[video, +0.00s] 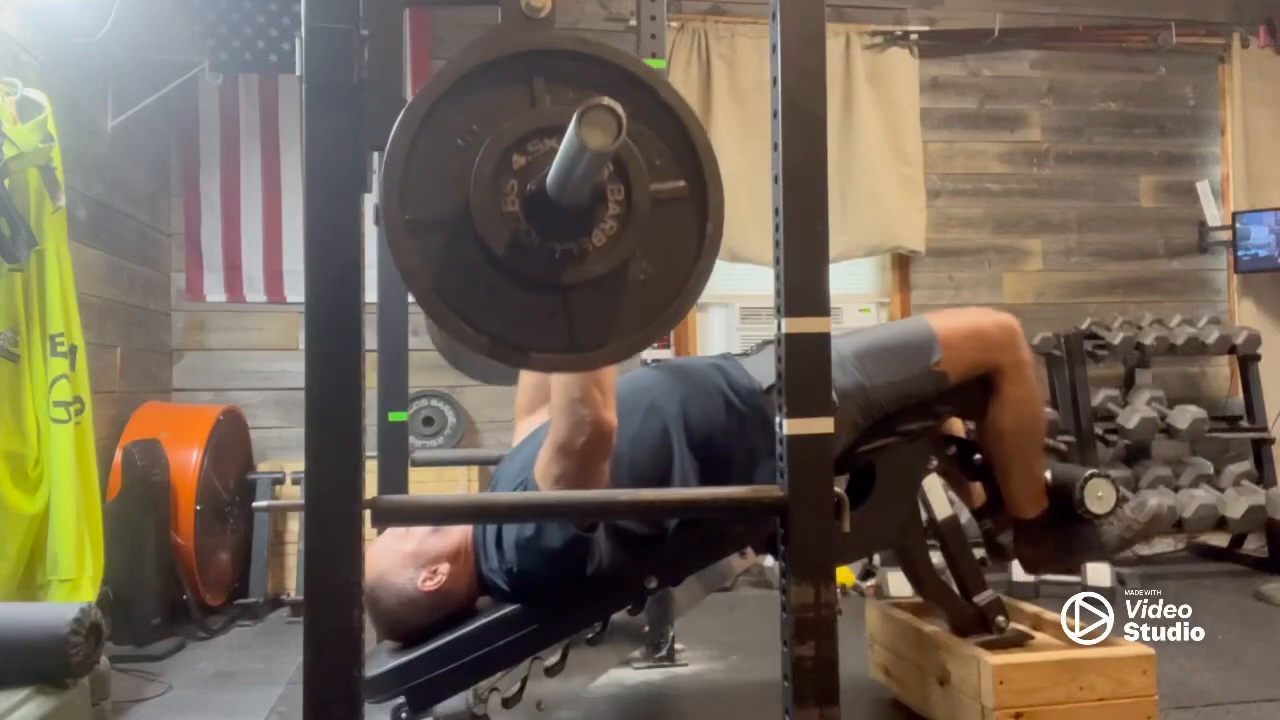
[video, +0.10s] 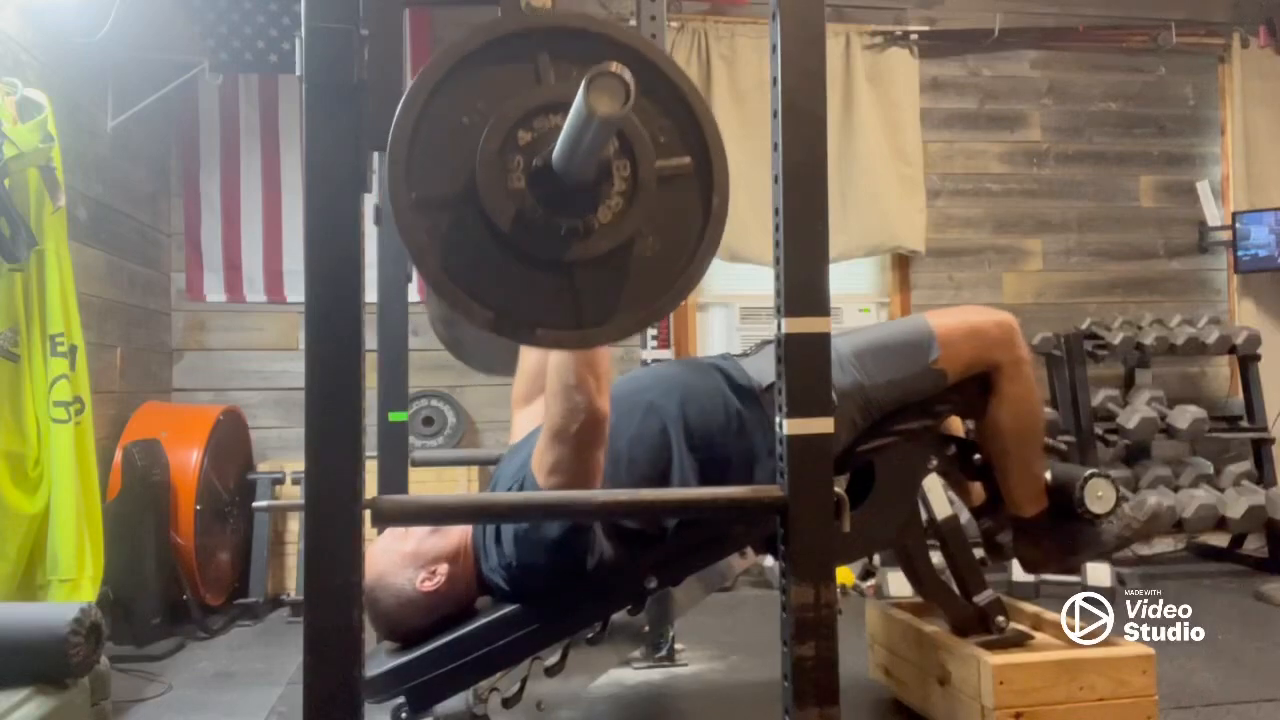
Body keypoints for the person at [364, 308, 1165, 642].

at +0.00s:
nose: (418, 531)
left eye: (400, 535)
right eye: (414, 549)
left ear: (427, 549)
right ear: (443, 581)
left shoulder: (496, 504)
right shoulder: (527, 556)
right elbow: (583, 418)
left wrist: (552, 276)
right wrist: (552, 280)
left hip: (749, 379)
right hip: (772, 431)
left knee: (947, 323)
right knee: (996, 337)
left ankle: (985, 479)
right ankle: (1033, 524)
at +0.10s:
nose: (413, 527)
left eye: (396, 532)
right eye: (410, 545)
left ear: (430, 554)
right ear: (444, 578)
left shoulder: (497, 504)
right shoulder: (527, 556)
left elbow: (553, 387)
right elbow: (578, 404)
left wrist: (524, 247)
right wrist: (563, 249)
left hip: (745, 379)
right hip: (770, 428)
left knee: (946, 326)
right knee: (996, 336)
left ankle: (986, 482)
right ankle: (1033, 524)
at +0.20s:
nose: (415, 528)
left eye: (398, 532)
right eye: (410, 546)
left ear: (430, 551)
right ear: (444, 578)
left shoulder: (500, 502)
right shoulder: (528, 556)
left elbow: (551, 382)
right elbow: (577, 397)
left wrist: (548, 224)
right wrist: (568, 234)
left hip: (748, 375)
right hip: (770, 426)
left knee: (952, 327)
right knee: (996, 337)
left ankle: (987, 478)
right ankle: (1032, 522)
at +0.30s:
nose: (416, 526)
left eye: (399, 532)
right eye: (411, 545)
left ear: (431, 554)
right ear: (444, 577)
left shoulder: (503, 503)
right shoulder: (528, 554)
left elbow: (553, 378)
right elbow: (574, 389)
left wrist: (561, 217)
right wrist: (567, 225)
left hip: (749, 376)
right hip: (770, 425)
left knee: (951, 328)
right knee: (996, 336)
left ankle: (986, 480)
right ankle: (1033, 521)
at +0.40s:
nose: (419, 527)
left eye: (401, 531)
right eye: (413, 544)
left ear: (429, 554)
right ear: (443, 579)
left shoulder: (500, 503)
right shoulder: (530, 553)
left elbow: (557, 375)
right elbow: (575, 387)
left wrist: (579, 209)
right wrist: (579, 221)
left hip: (746, 378)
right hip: (772, 427)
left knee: (952, 325)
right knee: (999, 335)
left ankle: (984, 473)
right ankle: (1033, 523)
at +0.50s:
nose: (416, 527)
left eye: (397, 532)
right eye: (410, 545)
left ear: (427, 554)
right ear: (444, 580)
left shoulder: (499, 501)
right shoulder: (535, 548)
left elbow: (555, 372)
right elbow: (577, 380)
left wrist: (572, 204)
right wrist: (584, 214)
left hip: (742, 376)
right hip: (772, 422)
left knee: (957, 324)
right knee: (1002, 336)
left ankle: (987, 472)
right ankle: (1035, 527)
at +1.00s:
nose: (417, 525)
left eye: (399, 531)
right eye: (412, 544)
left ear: (428, 555)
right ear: (444, 579)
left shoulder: (500, 499)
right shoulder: (534, 542)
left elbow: (546, 371)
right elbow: (585, 382)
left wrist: (561, 217)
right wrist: (598, 222)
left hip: (741, 376)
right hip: (772, 422)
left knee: (947, 323)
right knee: (997, 333)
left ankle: (988, 481)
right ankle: (1033, 519)